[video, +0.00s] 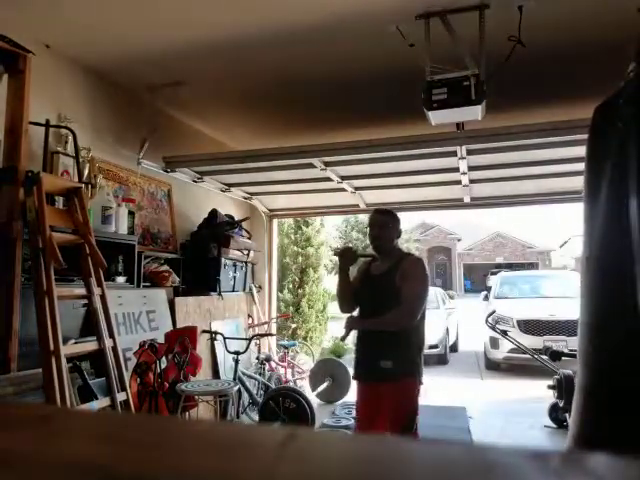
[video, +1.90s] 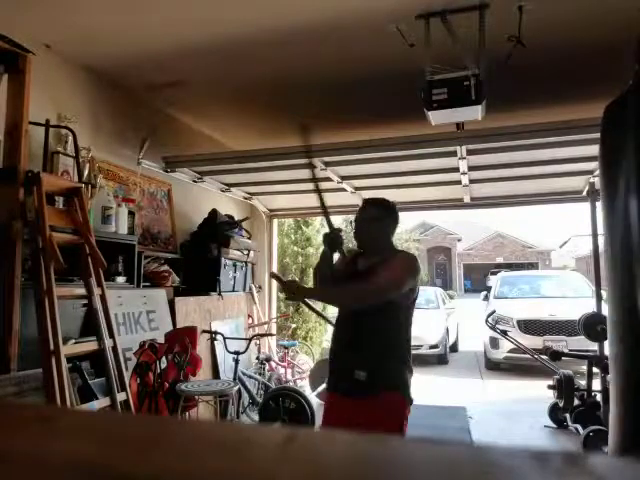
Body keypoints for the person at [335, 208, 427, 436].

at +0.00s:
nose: (375, 233)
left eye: (383, 227)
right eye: (372, 227)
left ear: (397, 231)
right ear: (367, 231)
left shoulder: (412, 265)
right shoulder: (367, 267)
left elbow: (408, 317)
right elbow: (346, 305)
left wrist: (360, 323)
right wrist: (343, 268)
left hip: (401, 370)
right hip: (369, 369)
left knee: (400, 443)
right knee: (367, 441)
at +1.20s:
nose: (354, 236)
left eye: (362, 230)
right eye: (351, 228)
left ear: (378, 232)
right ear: (348, 227)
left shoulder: (392, 260)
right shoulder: (345, 257)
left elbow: (380, 307)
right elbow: (311, 283)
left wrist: (331, 302)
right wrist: (315, 251)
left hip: (382, 349)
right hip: (347, 348)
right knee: (343, 419)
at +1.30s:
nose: (354, 237)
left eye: (362, 232)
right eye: (352, 229)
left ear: (377, 234)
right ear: (347, 229)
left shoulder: (392, 264)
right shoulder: (343, 257)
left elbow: (379, 311)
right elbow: (309, 284)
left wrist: (328, 304)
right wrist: (315, 250)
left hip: (382, 343)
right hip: (344, 341)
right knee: (339, 403)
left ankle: (348, 427)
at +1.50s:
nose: (345, 236)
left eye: (353, 230)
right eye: (345, 229)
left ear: (370, 234)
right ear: (343, 231)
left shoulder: (385, 265)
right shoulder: (347, 266)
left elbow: (372, 315)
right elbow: (313, 293)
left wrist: (325, 314)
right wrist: (313, 258)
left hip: (378, 351)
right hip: (344, 349)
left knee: (337, 347)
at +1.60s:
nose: (345, 236)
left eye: (351, 230)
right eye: (344, 230)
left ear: (368, 233)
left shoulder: (383, 264)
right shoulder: (350, 271)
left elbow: (366, 308)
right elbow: (313, 295)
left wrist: (326, 316)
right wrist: (317, 255)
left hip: (373, 354)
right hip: (344, 355)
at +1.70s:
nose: (346, 237)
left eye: (351, 230)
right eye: (345, 230)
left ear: (369, 232)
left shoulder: (384, 263)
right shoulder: (354, 270)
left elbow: (356, 304)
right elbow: (313, 294)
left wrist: (327, 315)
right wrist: (314, 251)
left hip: (370, 364)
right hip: (344, 362)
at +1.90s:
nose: (358, 228)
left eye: (367, 222)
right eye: (357, 221)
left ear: (387, 227)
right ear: (355, 224)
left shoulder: (404, 263)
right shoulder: (350, 261)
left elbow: (366, 295)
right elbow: (323, 288)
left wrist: (306, 292)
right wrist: (328, 252)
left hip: (384, 388)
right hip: (343, 384)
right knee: (332, 464)